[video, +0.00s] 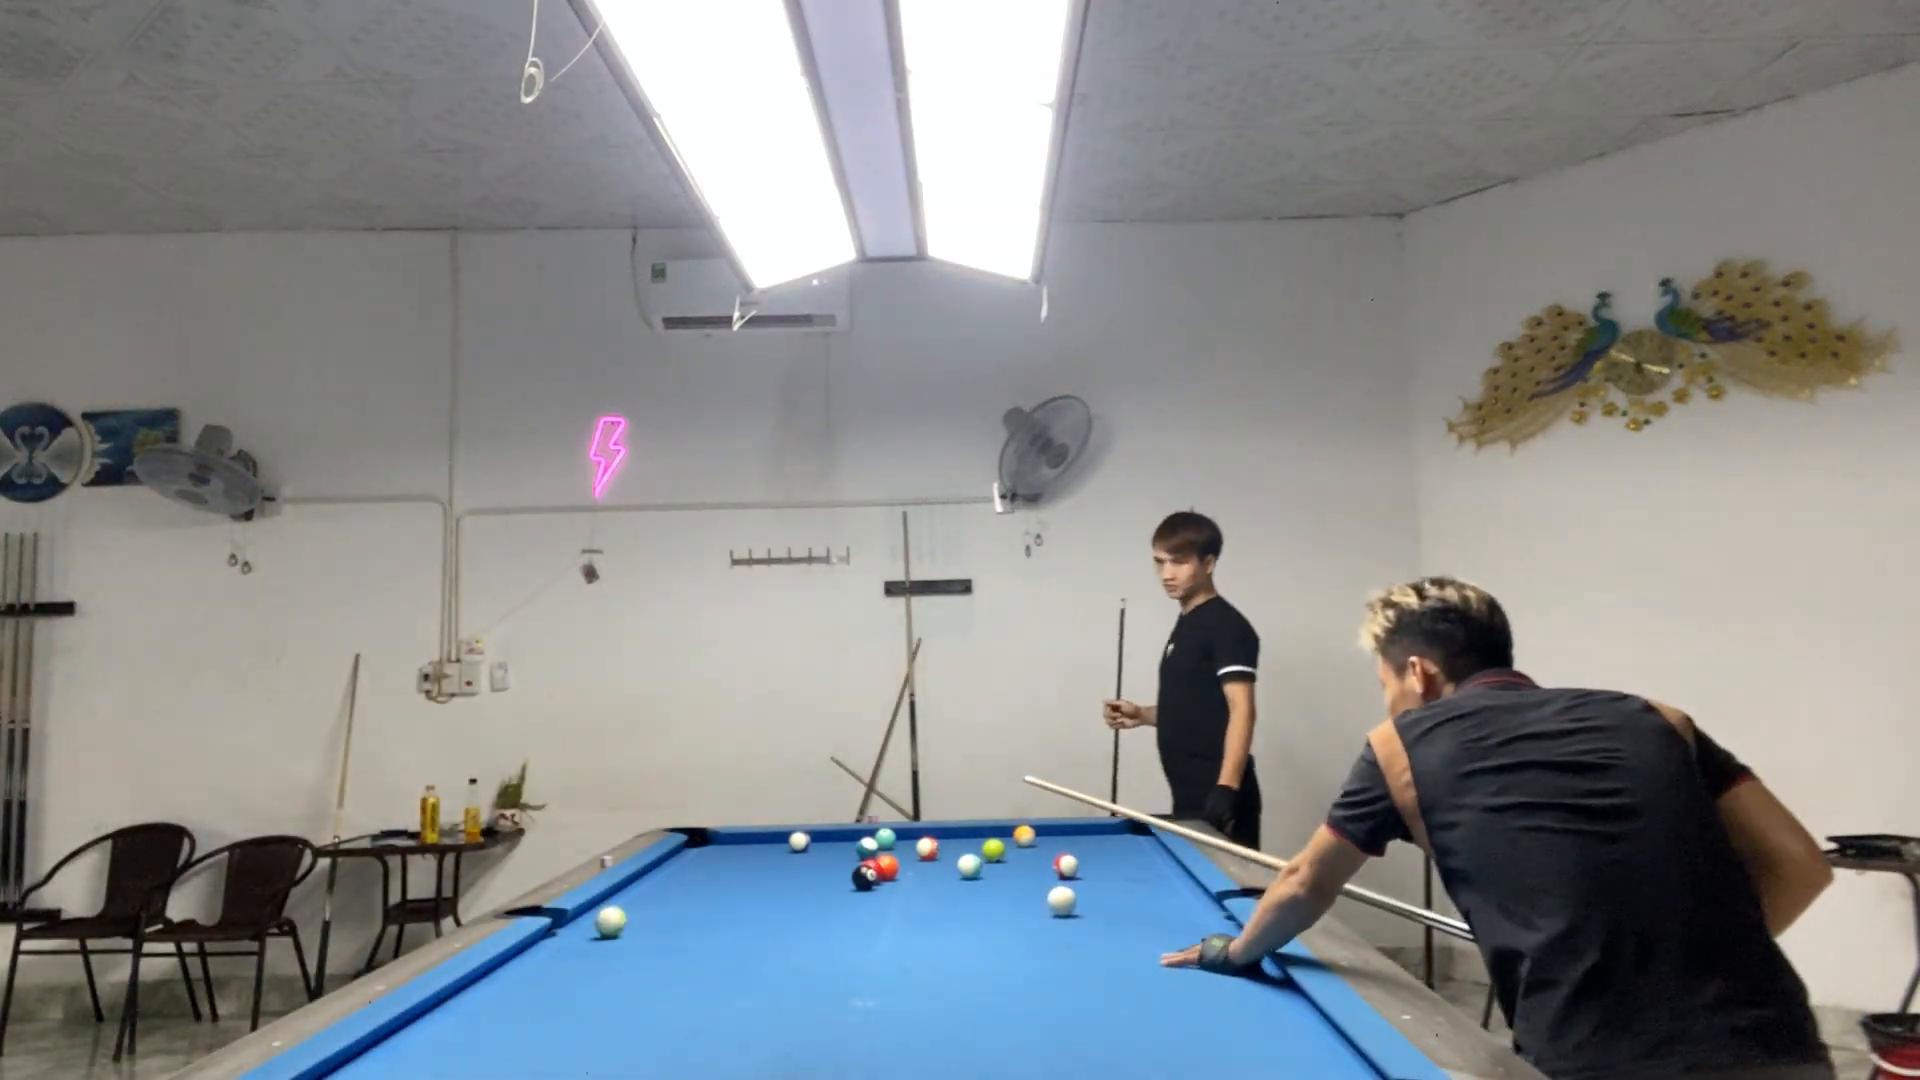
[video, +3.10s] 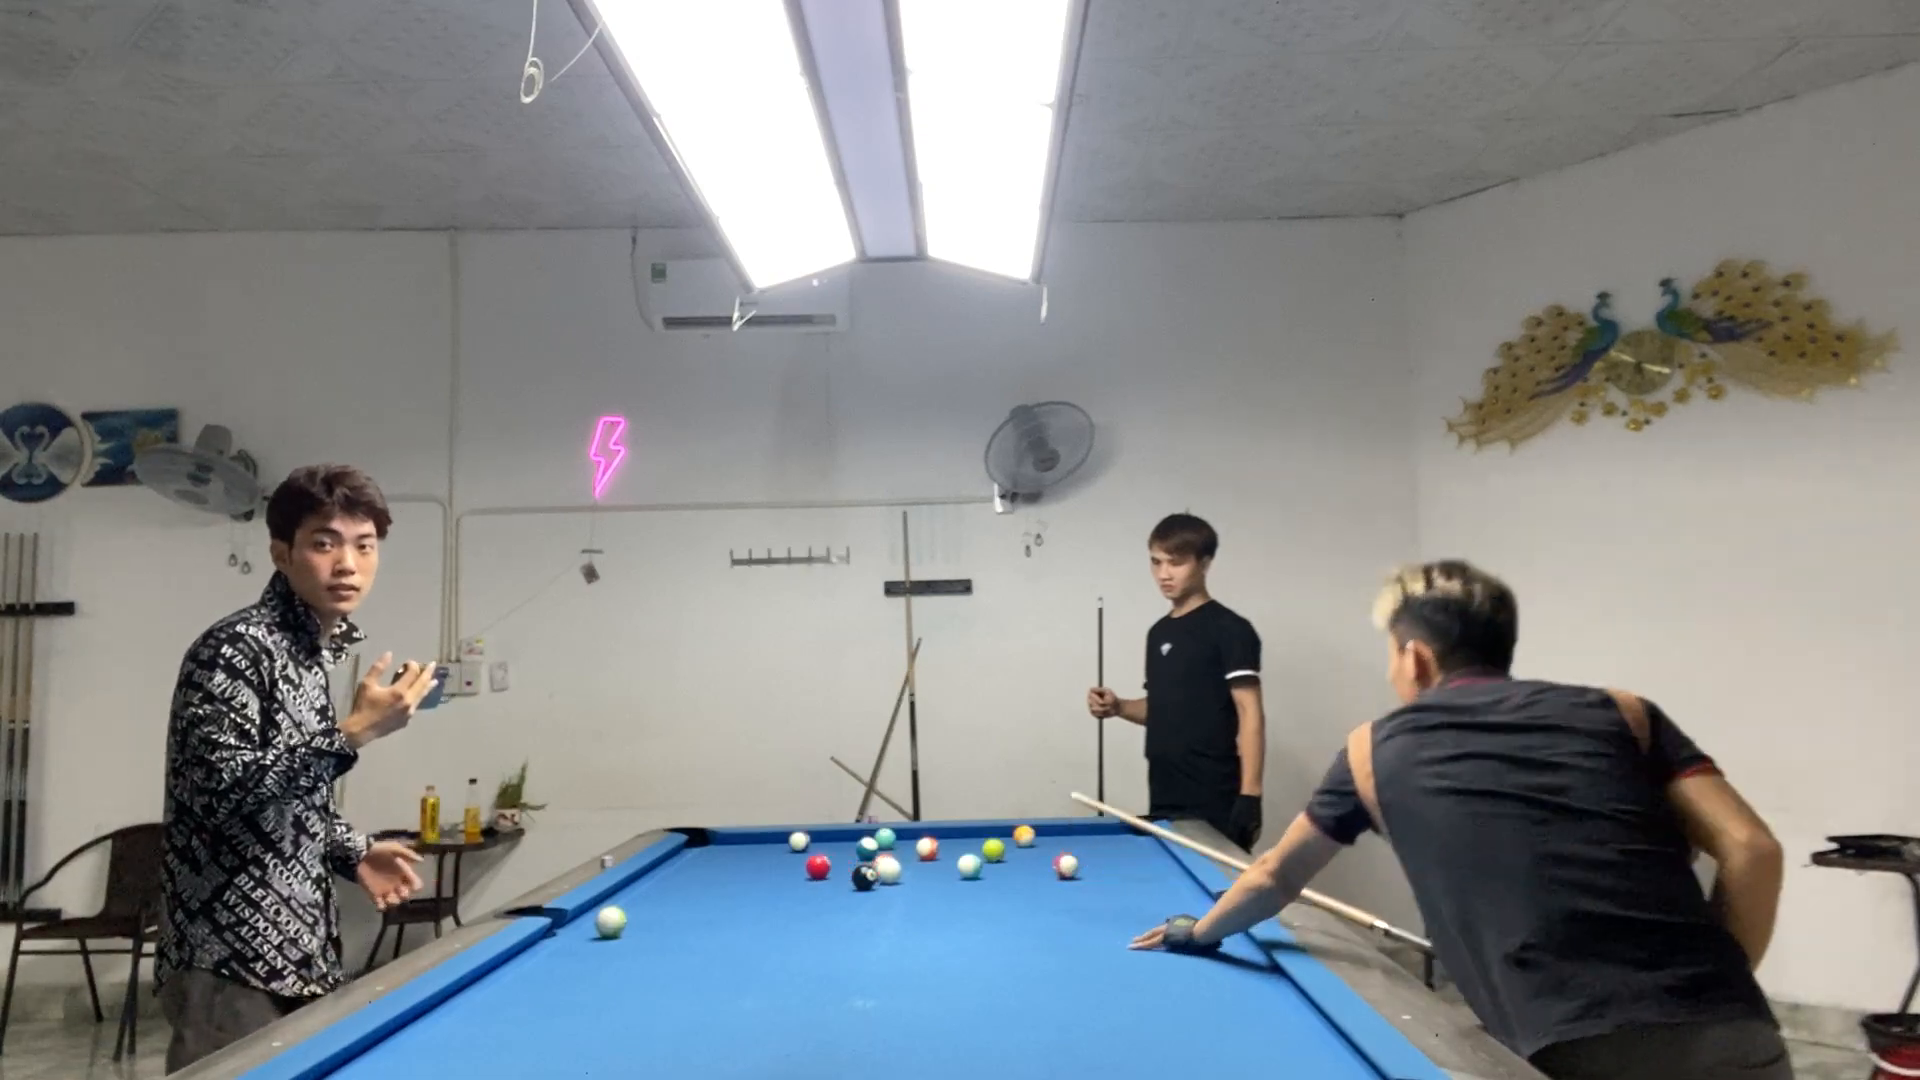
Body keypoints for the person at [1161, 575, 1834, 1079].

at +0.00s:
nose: (1383, 704)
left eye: (1383, 685)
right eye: (1381, 686)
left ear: (1419, 674)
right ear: (1507, 666)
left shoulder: (1402, 747)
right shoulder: (1653, 717)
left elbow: (1304, 885)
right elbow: (1799, 866)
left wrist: (1241, 952)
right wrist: (1698, 950)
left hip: (1600, 1057)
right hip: (1776, 1050)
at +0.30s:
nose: (1354, 740)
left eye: (1353, 721)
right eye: (1351, 722)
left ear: (1384, 715)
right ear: (1465, 700)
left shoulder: (1369, 779)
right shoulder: (1595, 726)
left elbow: (1264, 880)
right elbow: (1771, 795)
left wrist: (1209, 897)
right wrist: (1736, 966)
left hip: (1605, 1058)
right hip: (1751, 1045)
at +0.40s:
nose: (1340, 765)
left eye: (1340, 745)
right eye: (1338, 746)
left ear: (1372, 735)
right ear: (1455, 712)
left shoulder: (1360, 795)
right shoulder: (1568, 728)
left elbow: (1251, 890)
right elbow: (1745, 747)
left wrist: (1192, 909)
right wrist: (1837, 936)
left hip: (1603, 1054)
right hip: (1748, 1038)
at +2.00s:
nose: (1328, 832)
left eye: (1323, 819)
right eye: (1323, 822)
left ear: (1349, 802)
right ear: (1424, 774)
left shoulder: (1351, 848)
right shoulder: (1534, 760)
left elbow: (1243, 931)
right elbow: (1681, 721)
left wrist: (1174, 924)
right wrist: (1766, 889)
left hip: (1610, 1053)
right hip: (1743, 1033)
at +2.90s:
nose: (1345, 802)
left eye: (1344, 786)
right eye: (1344, 788)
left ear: (1371, 776)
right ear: (1449, 751)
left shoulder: (1359, 833)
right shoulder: (1558, 764)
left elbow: (1243, 925)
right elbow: (1721, 814)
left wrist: (1169, 930)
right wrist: (1697, 959)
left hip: (1604, 1051)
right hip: (1742, 1028)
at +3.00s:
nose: (1358, 745)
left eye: (1359, 724)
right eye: (1359, 724)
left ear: (1389, 725)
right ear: (1471, 710)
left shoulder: (1362, 800)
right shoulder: (1588, 740)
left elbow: (1258, 904)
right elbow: (1736, 840)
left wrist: (1182, 932)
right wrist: (1708, 981)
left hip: (1594, 1050)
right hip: (1742, 1035)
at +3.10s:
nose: (1388, 677)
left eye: (1387, 659)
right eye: (1385, 658)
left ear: (1417, 662)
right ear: (1502, 654)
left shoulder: (1378, 750)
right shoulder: (1623, 712)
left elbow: (1275, 874)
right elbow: (1752, 850)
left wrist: (1204, 931)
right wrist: (1717, 988)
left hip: (1579, 1047)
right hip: (1730, 1031)